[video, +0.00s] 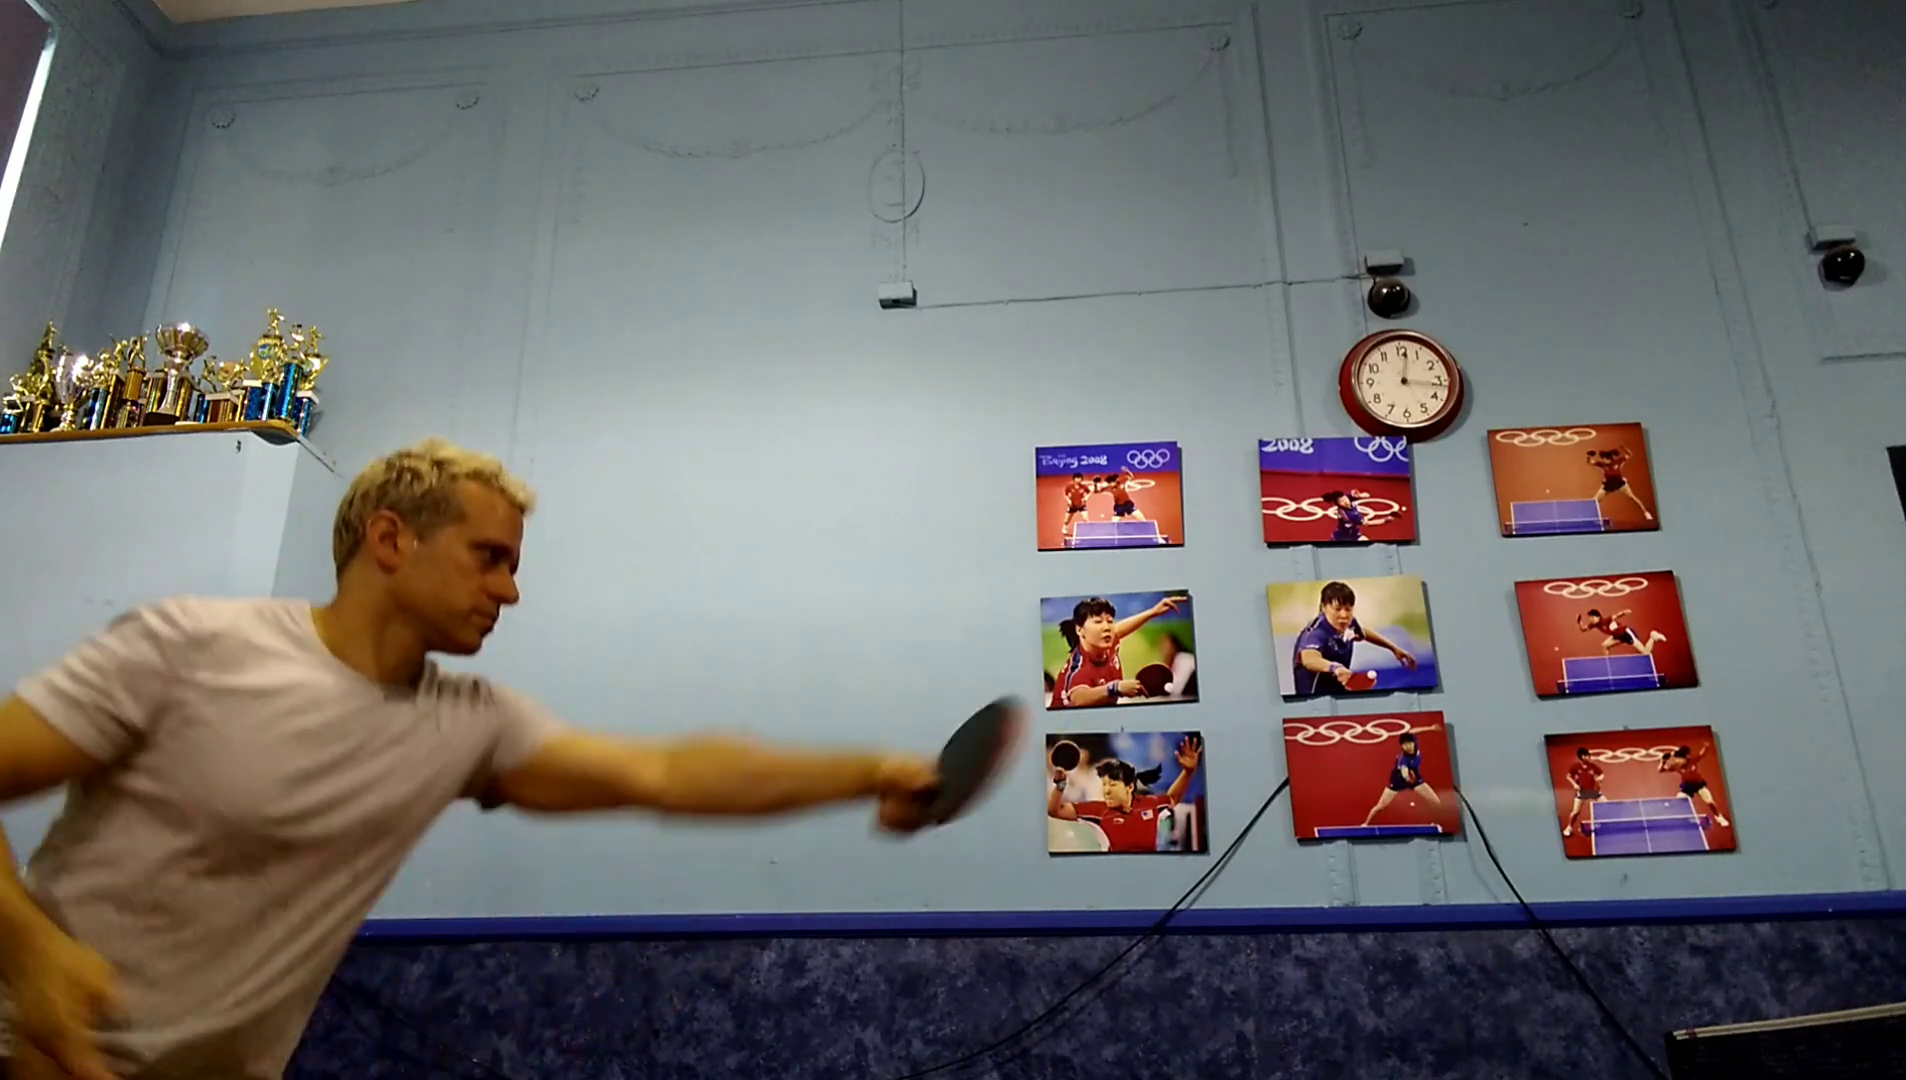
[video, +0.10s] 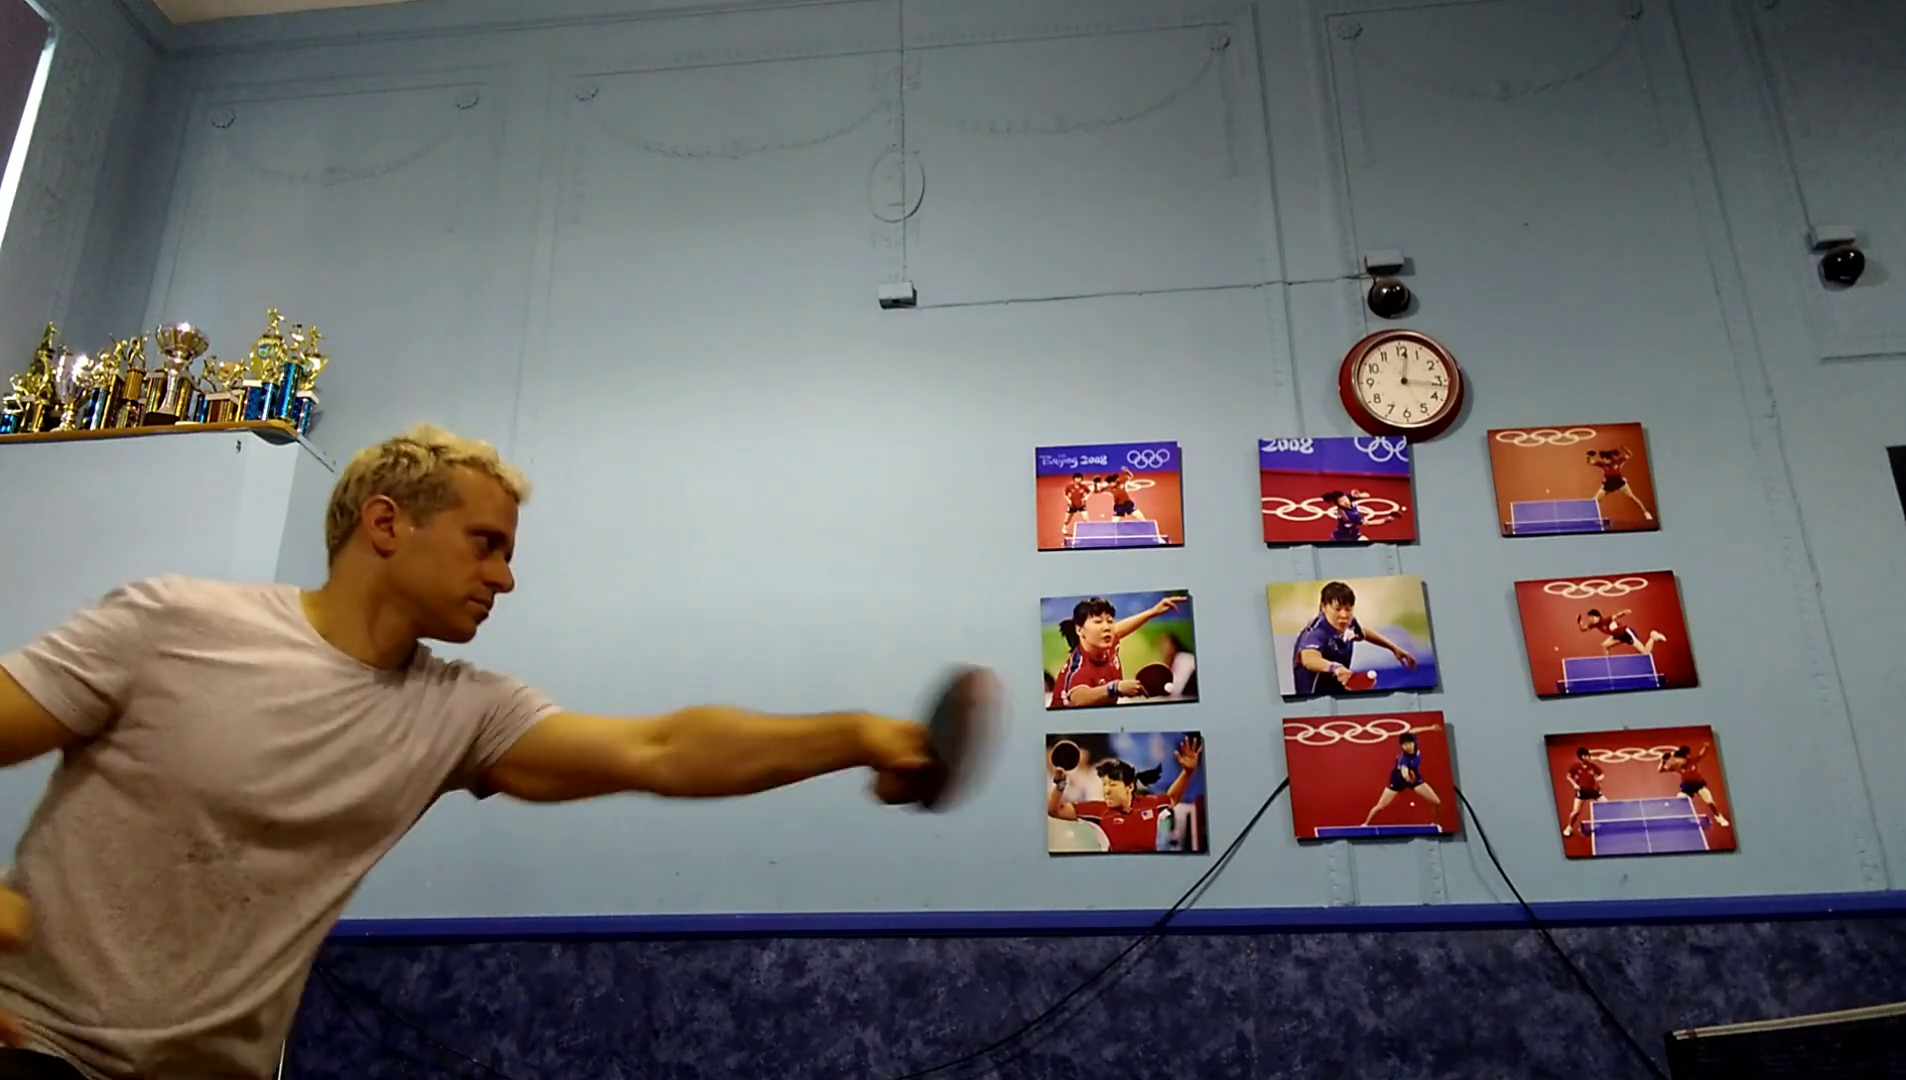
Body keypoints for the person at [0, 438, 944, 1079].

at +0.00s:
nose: (509, 588)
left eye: (514, 564)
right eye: (488, 556)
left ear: (419, 558)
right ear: (386, 541)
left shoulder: (466, 727)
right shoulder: (185, 647)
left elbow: (664, 773)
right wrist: (23, 940)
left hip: (227, 1067)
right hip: (47, 1046)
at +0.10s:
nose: (504, 579)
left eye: (508, 556)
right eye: (486, 546)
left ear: (417, 546)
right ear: (382, 526)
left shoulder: (456, 711)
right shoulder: (168, 622)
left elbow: (659, 750)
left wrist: (862, 737)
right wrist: (5, 891)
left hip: (217, 1067)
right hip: (33, 1030)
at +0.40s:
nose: (499, 581)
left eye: (497, 557)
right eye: (478, 546)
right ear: (373, 531)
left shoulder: (399, 755)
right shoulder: (188, 637)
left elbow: (395, 948)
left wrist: (408, 1023)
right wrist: (19, 1049)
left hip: (186, 1065)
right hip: (32, 1046)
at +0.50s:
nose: (511, 603)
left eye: (510, 579)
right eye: (490, 569)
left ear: (388, 558)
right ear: (385, 554)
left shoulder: (391, 763)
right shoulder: (212, 666)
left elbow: (327, 953)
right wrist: (26, 1059)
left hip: (191, 1064)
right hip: (49, 1050)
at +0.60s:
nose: (522, 639)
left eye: (521, 613)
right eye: (500, 604)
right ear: (395, 592)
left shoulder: (401, 785)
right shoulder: (221, 709)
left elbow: (331, 961)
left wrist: (333, 1066)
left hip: (220, 1068)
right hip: (58, 1057)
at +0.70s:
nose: (520, 663)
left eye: (519, 635)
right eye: (498, 627)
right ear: (392, 614)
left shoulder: (417, 796)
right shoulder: (202, 738)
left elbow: (415, 964)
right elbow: (0, 925)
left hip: (239, 1068)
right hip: (60, 1063)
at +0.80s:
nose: (514, 654)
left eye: (515, 628)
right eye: (490, 620)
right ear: (387, 607)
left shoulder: (456, 794)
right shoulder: (181, 732)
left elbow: (556, 903)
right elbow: (5, 888)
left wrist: (645, 945)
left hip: (230, 1078)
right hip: (49, 1063)